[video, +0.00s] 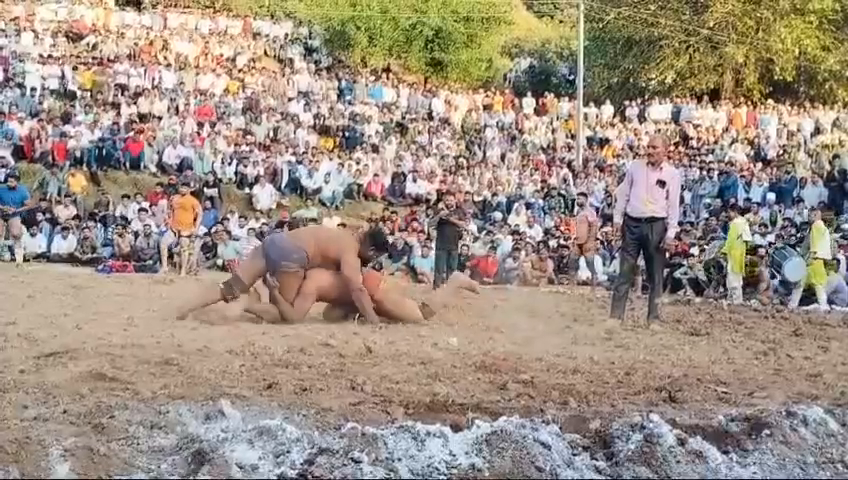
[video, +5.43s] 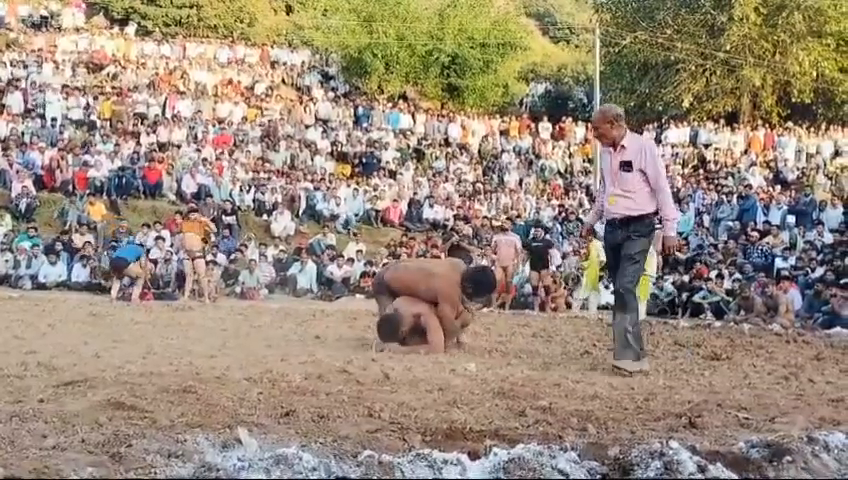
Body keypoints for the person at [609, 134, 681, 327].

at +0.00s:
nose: (650, 151)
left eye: (654, 148)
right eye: (649, 147)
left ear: (666, 150)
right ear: (646, 148)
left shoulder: (672, 173)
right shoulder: (635, 167)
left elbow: (673, 205)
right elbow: (622, 193)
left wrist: (671, 233)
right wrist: (617, 219)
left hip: (657, 222)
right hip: (632, 220)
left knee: (655, 273)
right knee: (625, 270)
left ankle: (653, 316)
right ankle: (616, 315)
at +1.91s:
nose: (649, 151)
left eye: (653, 148)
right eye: (647, 147)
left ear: (665, 149)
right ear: (645, 148)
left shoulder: (674, 171)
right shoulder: (637, 166)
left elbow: (677, 204)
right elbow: (627, 194)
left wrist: (675, 233)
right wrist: (622, 221)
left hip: (659, 222)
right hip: (636, 221)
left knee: (659, 272)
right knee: (626, 268)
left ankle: (658, 316)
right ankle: (622, 314)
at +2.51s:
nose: (664, 163)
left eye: (668, 160)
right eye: (662, 160)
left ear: (679, 160)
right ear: (659, 160)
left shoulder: (689, 179)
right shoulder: (653, 178)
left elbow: (696, 211)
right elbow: (645, 207)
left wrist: (695, 239)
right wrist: (642, 233)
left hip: (679, 232)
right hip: (655, 232)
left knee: (684, 284)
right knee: (657, 283)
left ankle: (697, 329)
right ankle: (658, 329)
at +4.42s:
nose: (655, 164)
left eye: (658, 159)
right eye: (652, 160)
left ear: (671, 154)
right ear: (649, 159)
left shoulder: (692, 175)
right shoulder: (644, 179)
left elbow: (706, 209)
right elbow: (635, 214)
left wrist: (715, 241)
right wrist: (627, 242)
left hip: (683, 244)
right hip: (654, 245)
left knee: (686, 300)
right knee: (648, 304)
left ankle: (691, 357)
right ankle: (646, 351)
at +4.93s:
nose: (647, 153)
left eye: (651, 147)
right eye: (644, 148)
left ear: (665, 141)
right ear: (645, 146)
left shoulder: (687, 163)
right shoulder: (644, 166)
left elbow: (697, 199)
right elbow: (640, 202)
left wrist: (692, 228)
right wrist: (637, 233)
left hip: (680, 234)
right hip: (651, 235)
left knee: (683, 301)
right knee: (650, 295)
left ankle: (686, 358)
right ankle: (651, 352)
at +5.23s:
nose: (616, 142)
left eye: (620, 136)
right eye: (613, 137)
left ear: (637, 131)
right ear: (613, 136)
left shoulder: (661, 153)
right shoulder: (616, 159)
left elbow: (669, 195)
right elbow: (619, 194)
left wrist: (661, 229)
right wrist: (616, 226)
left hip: (651, 228)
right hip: (623, 229)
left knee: (649, 295)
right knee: (629, 297)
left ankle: (667, 334)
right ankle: (636, 356)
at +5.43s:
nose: (596, 137)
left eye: (599, 132)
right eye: (594, 133)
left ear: (615, 126)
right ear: (607, 128)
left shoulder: (643, 147)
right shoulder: (605, 150)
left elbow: (662, 188)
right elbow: (606, 190)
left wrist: (669, 228)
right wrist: (591, 221)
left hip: (640, 223)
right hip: (612, 225)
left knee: (624, 286)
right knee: (620, 288)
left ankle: (631, 353)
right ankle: (626, 350)